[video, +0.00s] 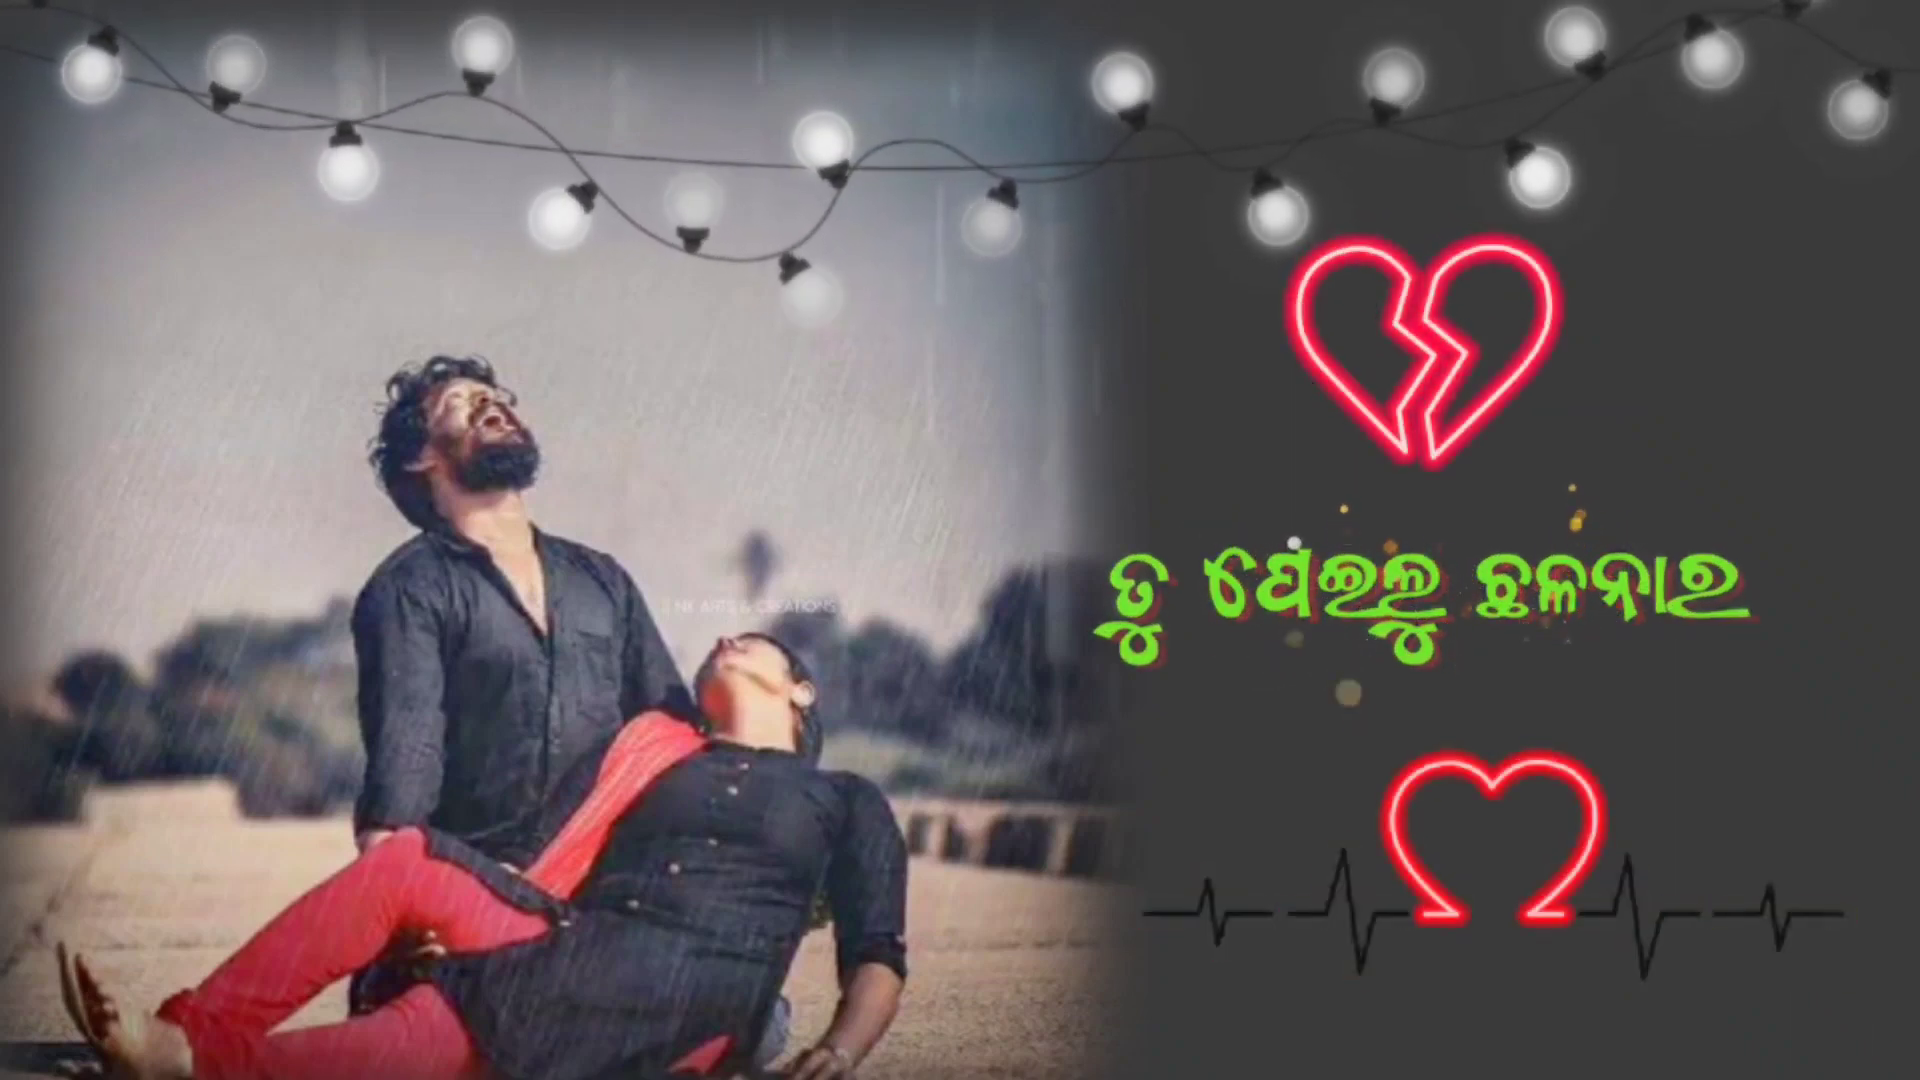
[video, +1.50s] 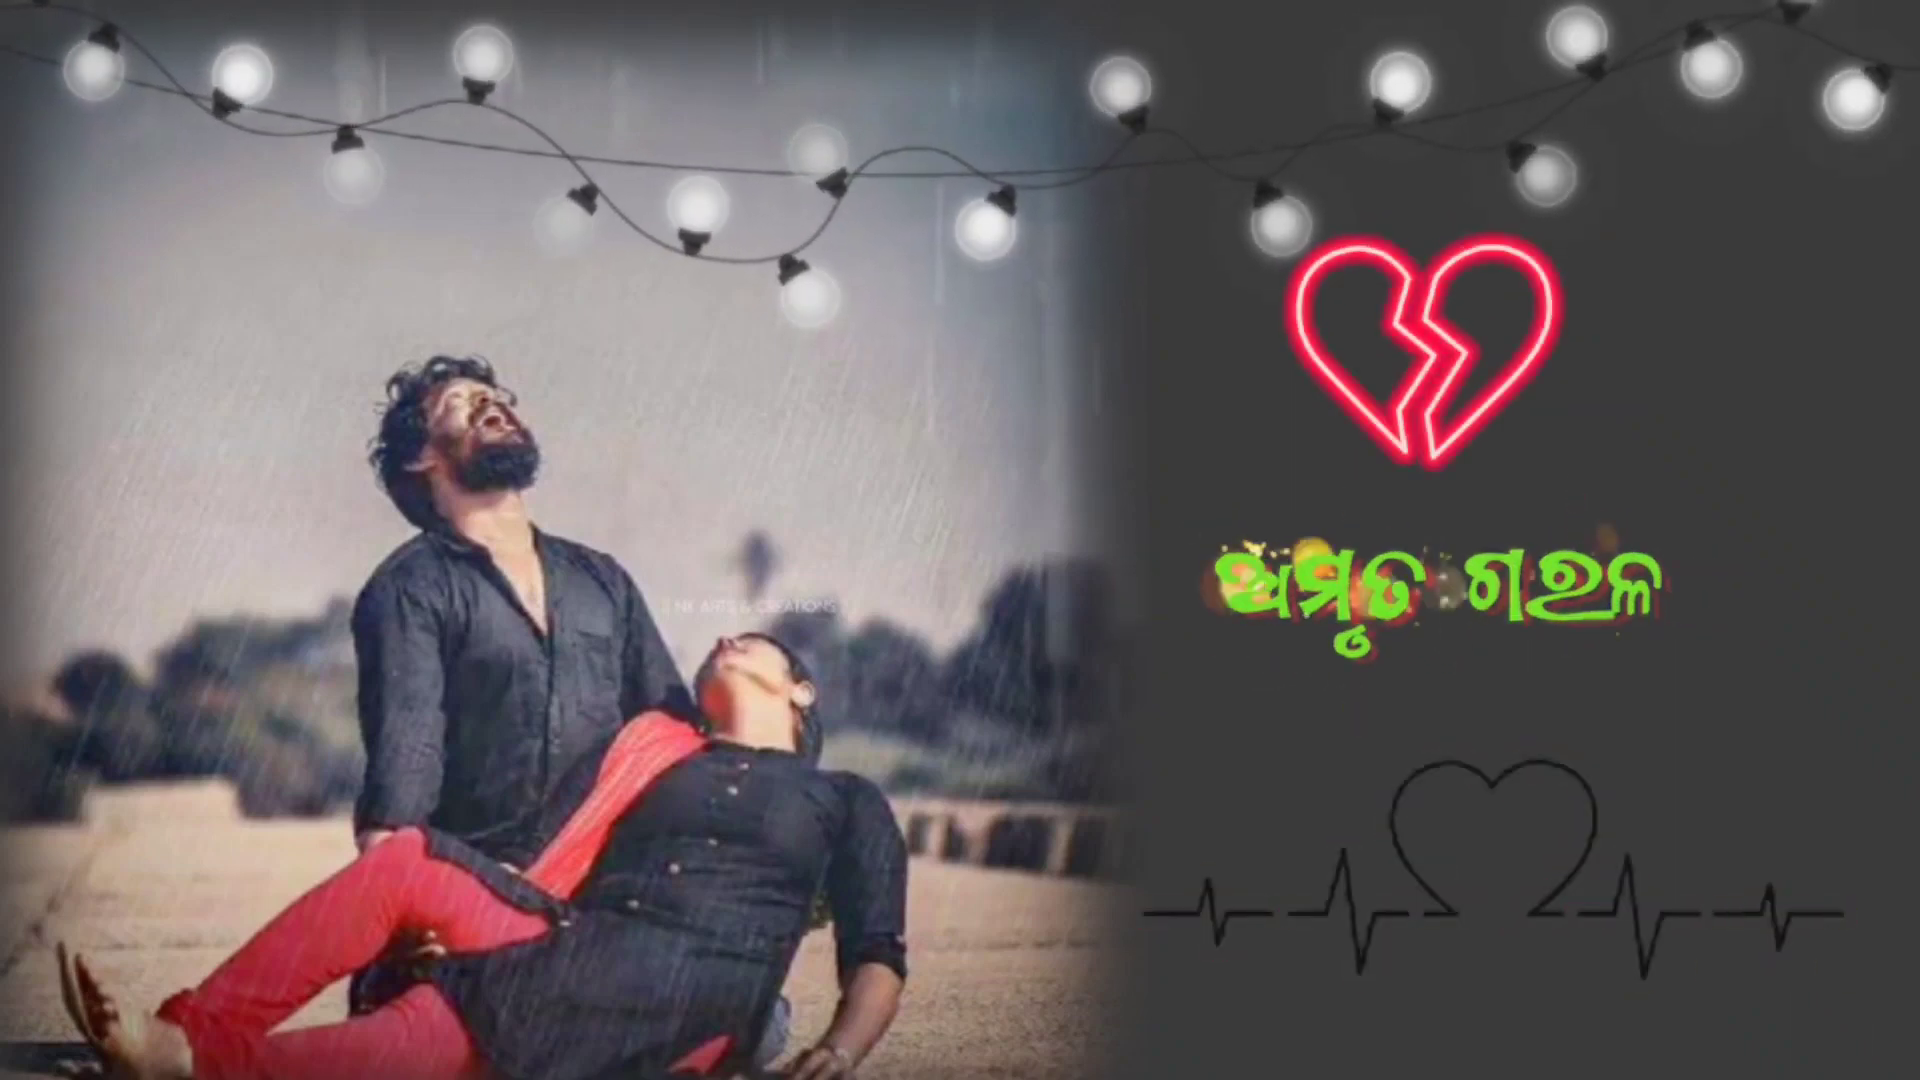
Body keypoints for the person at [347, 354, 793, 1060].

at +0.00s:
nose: (496, 408)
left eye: (502, 401)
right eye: (463, 406)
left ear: (525, 438)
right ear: (421, 462)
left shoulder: (602, 578)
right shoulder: (410, 587)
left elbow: (678, 728)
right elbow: (404, 753)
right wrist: (387, 904)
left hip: (617, 883)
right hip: (462, 890)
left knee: (760, 1022)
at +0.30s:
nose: (496, 408)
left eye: (502, 401)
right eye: (463, 406)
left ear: (525, 438)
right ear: (421, 462)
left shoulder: (602, 578)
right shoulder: (411, 587)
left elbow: (678, 729)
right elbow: (404, 754)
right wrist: (387, 904)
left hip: (617, 884)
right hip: (462, 891)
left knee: (760, 1022)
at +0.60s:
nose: (496, 408)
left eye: (502, 401)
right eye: (463, 406)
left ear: (525, 438)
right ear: (421, 462)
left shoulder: (602, 578)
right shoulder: (410, 587)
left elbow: (678, 728)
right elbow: (404, 754)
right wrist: (387, 904)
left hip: (617, 883)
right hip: (462, 890)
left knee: (760, 1022)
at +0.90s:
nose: (496, 408)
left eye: (502, 401)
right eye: (463, 406)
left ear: (525, 438)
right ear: (421, 462)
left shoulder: (602, 578)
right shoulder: (410, 587)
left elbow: (678, 728)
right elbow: (404, 753)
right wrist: (387, 904)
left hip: (617, 883)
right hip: (462, 890)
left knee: (760, 1022)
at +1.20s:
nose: (496, 408)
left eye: (501, 400)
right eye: (463, 406)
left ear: (525, 435)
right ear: (422, 463)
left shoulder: (602, 578)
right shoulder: (411, 587)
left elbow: (678, 728)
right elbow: (404, 755)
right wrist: (387, 905)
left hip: (617, 883)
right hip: (462, 891)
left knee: (761, 1021)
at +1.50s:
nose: (497, 408)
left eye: (502, 401)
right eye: (463, 406)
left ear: (525, 438)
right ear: (422, 462)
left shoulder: (602, 578)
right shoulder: (410, 588)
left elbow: (678, 728)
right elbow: (404, 753)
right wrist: (388, 901)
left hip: (617, 883)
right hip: (462, 890)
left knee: (761, 1021)